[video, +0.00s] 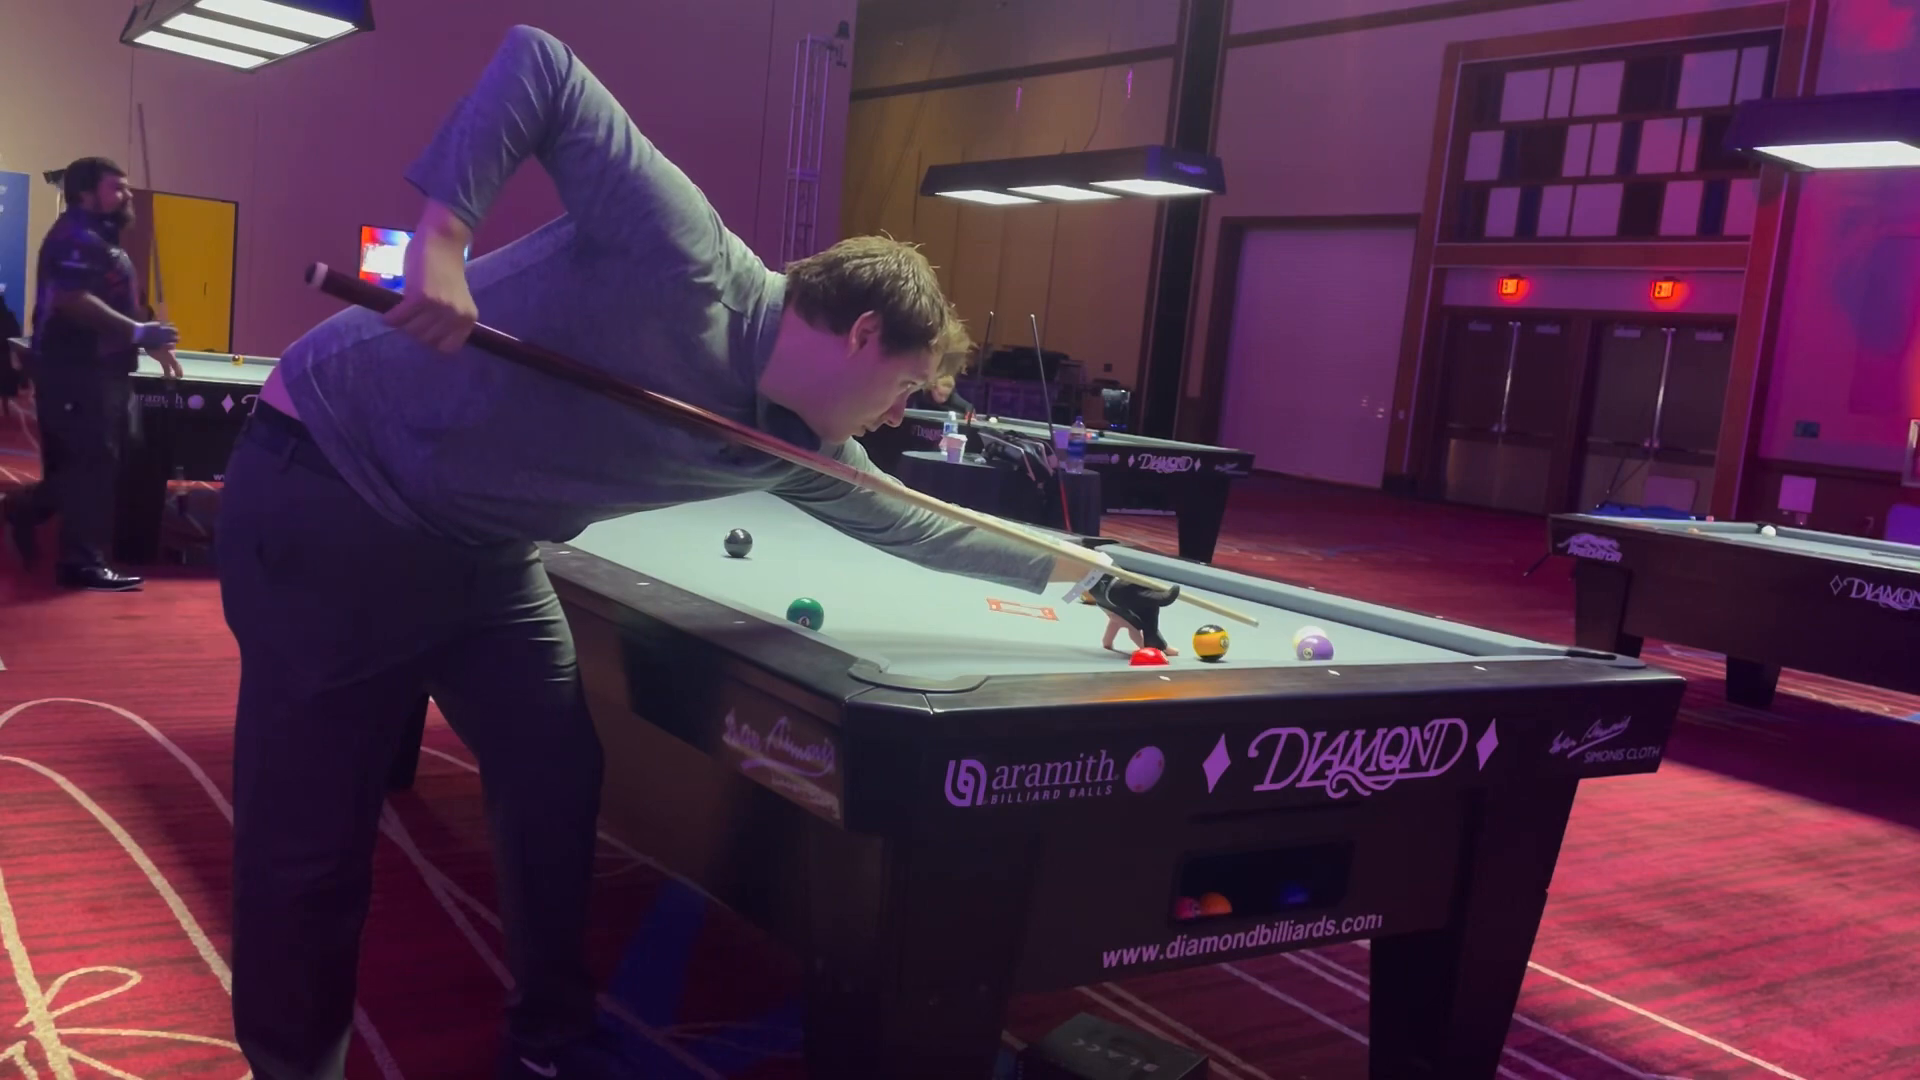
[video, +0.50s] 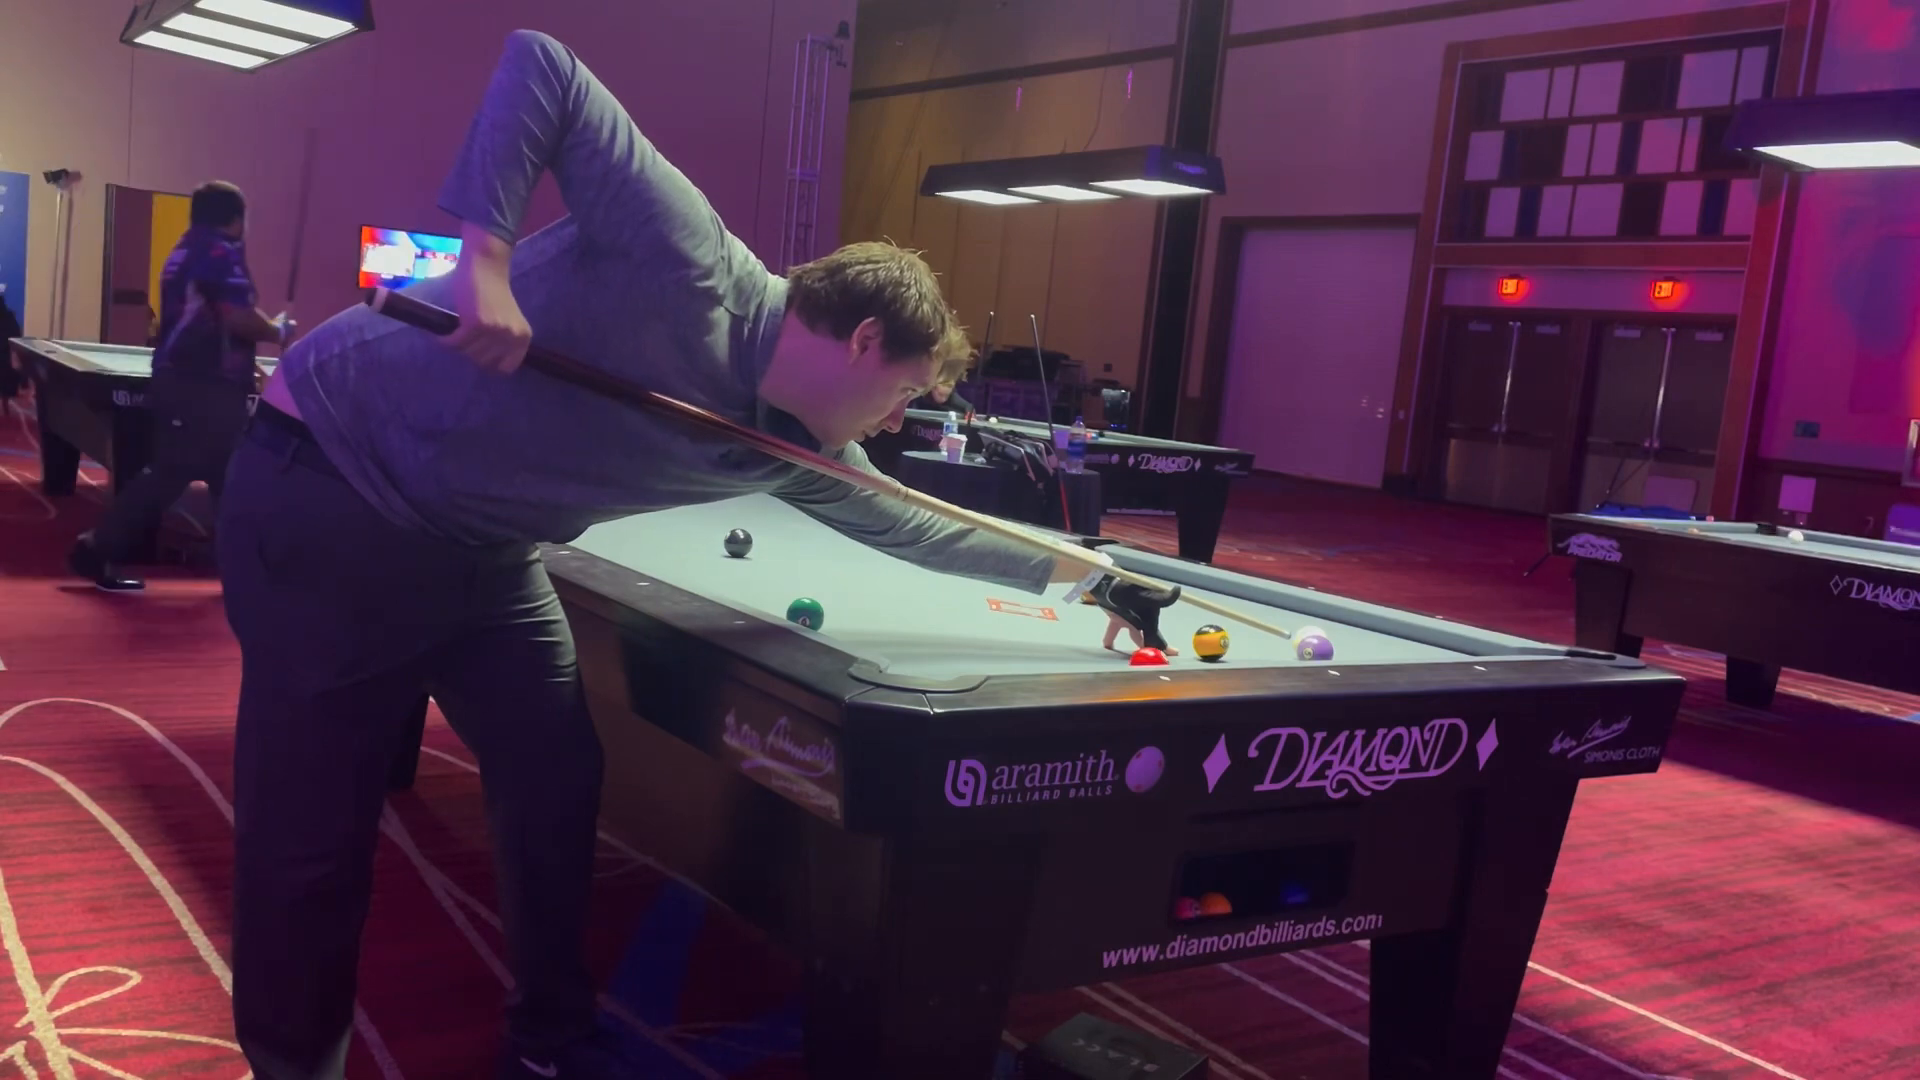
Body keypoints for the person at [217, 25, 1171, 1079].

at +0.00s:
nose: (892, 423)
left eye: (909, 405)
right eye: (903, 393)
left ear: (852, 344)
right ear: (857, 334)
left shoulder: (787, 436)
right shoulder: (678, 241)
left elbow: (912, 525)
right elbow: (535, 68)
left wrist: (1068, 561)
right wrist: (437, 239)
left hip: (482, 532)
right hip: (329, 478)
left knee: (553, 761)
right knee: (310, 827)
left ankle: (547, 1031)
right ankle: (293, 1056)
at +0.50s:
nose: (893, 428)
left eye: (910, 410)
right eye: (903, 398)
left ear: (853, 350)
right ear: (856, 340)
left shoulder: (785, 441)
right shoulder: (684, 251)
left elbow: (913, 527)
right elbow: (542, 69)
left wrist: (1061, 563)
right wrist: (479, 252)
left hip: (483, 530)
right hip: (329, 473)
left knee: (553, 763)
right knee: (313, 819)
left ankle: (548, 1032)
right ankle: (292, 1055)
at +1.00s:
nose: (891, 430)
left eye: (909, 412)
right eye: (903, 400)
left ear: (853, 349)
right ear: (857, 340)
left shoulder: (784, 439)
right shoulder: (685, 250)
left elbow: (909, 525)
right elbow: (541, 70)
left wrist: (1062, 563)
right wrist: (481, 256)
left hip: (484, 530)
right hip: (333, 473)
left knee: (552, 764)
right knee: (313, 818)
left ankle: (548, 1032)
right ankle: (294, 1056)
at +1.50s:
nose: (891, 431)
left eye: (909, 411)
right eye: (903, 400)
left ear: (853, 347)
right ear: (860, 340)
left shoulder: (783, 437)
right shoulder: (682, 252)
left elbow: (911, 526)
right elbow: (536, 71)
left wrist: (1067, 563)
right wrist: (414, 229)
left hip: (485, 536)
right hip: (331, 478)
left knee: (553, 763)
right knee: (311, 826)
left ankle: (547, 1033)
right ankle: (294, 1056)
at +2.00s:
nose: (901, 418)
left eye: (915, 400)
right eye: (911, 389)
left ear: (856, 338)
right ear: (865, 327)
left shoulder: (783, 432)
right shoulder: (688, 264)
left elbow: (911, 525)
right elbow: (488, 129)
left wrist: (1066, 563)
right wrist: (530, 335)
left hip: (484, 530)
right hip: (335, 479)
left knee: (556, 766)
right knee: (315, 814)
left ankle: (549, 1029)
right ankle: (293, 1052)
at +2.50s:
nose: (860, 208)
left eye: (871, 186)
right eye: (850, 173)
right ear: (767, 126)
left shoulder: (762, 290)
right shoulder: (600, 159)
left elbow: (869, 367)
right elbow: (368, 180)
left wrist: (1010, 417)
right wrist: (497, 350)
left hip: (493, 526)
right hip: (346, 493)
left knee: (547, 771)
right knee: (352, 827)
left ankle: (550, 1037)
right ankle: (305, 1061)